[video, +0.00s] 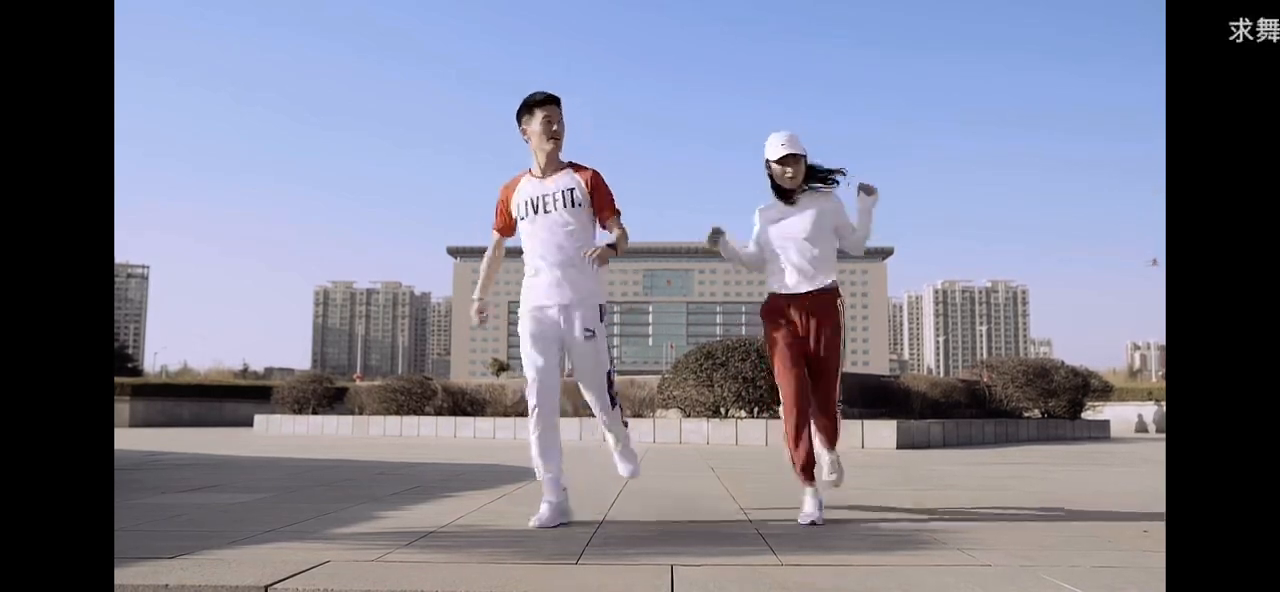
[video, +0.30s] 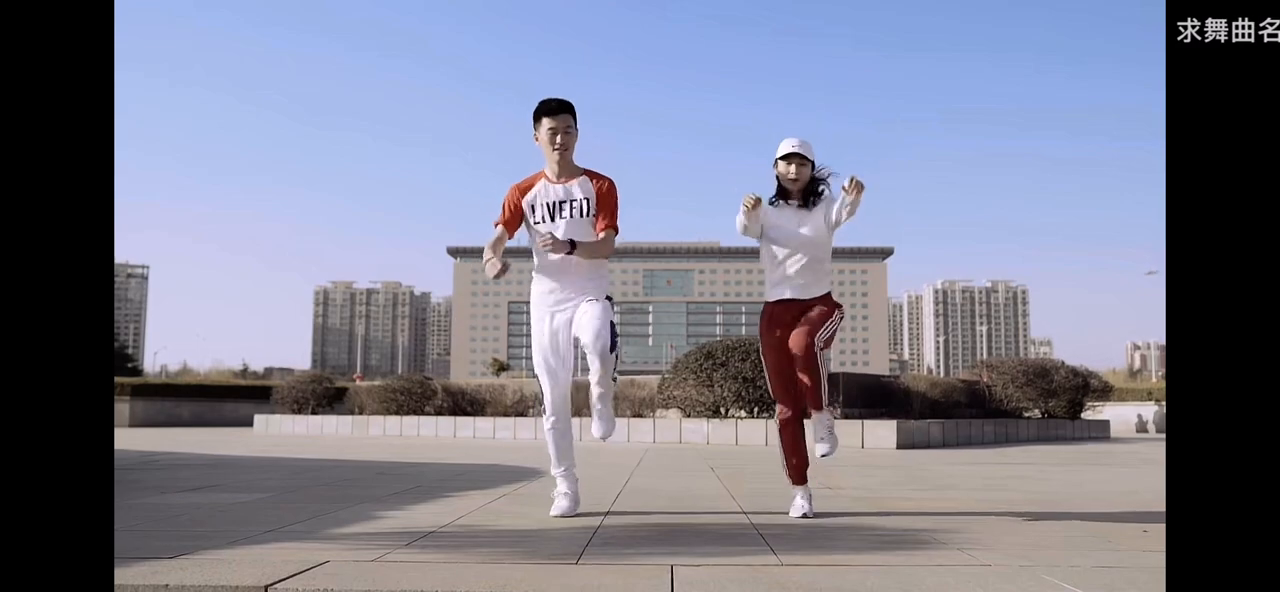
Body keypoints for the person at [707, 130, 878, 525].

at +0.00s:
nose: (789, 169)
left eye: (795, 160)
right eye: (780, 162)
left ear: (806, 162)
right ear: (769, 167)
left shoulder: (826, 200)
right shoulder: (765, 215)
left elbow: (854, 245)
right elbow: (756, 260)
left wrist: (865, 207)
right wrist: (726, 247)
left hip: (823, 305)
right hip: (782, 309)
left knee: (825, 397)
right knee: (793, 397)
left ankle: (828, 449)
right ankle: (809, 490)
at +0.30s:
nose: (794, 167)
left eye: (801, 162)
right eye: (787, 161)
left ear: (811, 168)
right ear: (776, 167)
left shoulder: (825, 206)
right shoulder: (766, 210)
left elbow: (842, 210)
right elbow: (749, 230)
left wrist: (852, 196)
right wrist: (750, 210)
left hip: (820, 304)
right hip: (778, 310)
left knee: (801, 342)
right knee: (788, 410)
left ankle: (820, 418)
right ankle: (800, 492)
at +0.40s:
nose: (792, 168)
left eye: (800, 162)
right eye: (786, 161)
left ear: (811, 170)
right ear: (775, 169)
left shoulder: (825, 210)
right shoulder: (765, 213)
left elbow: (843, 225)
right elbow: (743, 240)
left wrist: (854, 225)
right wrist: (755, 232)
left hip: (820, 308)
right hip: (775, 315)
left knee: (796, 337)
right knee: (788, 407)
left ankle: (809, 422)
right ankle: (802, 492)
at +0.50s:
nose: (791, 154)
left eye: (799, 149)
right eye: (785, 147)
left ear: (809, 158)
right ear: (774, 155)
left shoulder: (821, 200)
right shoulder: (756, 202)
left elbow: (838, 252)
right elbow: (750, 256)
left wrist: (849, 304)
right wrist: (754, 303)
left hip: (814, 297)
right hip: (772, 300)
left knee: (795, 375)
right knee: (782, 388)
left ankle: (790, 470)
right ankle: (802, 479)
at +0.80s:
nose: (790, 152)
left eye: (797, 146)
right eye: (783, 146)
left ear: (807, 152)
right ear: (771, 154)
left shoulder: (827, 200)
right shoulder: (756, 198)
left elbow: (836, 260)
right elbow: (733, 253)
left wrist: (836, 312)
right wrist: (724, 303)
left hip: (810, 304)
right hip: (765, 303)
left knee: (798, 395)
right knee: (764, 392)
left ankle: (791, 484)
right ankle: (761, 460)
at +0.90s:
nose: (788, 160)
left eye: (794, 153)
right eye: (781, 155)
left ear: (805, 158)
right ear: (770, 162)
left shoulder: (826, 205)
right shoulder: (757, 202)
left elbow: (871, 228)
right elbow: (711, 219)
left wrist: (862, 253)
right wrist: (729, 238)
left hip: (809, 306)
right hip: (767, 305)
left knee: (798, 403)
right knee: (769, 396)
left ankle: (793, 493)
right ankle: (705, 431)